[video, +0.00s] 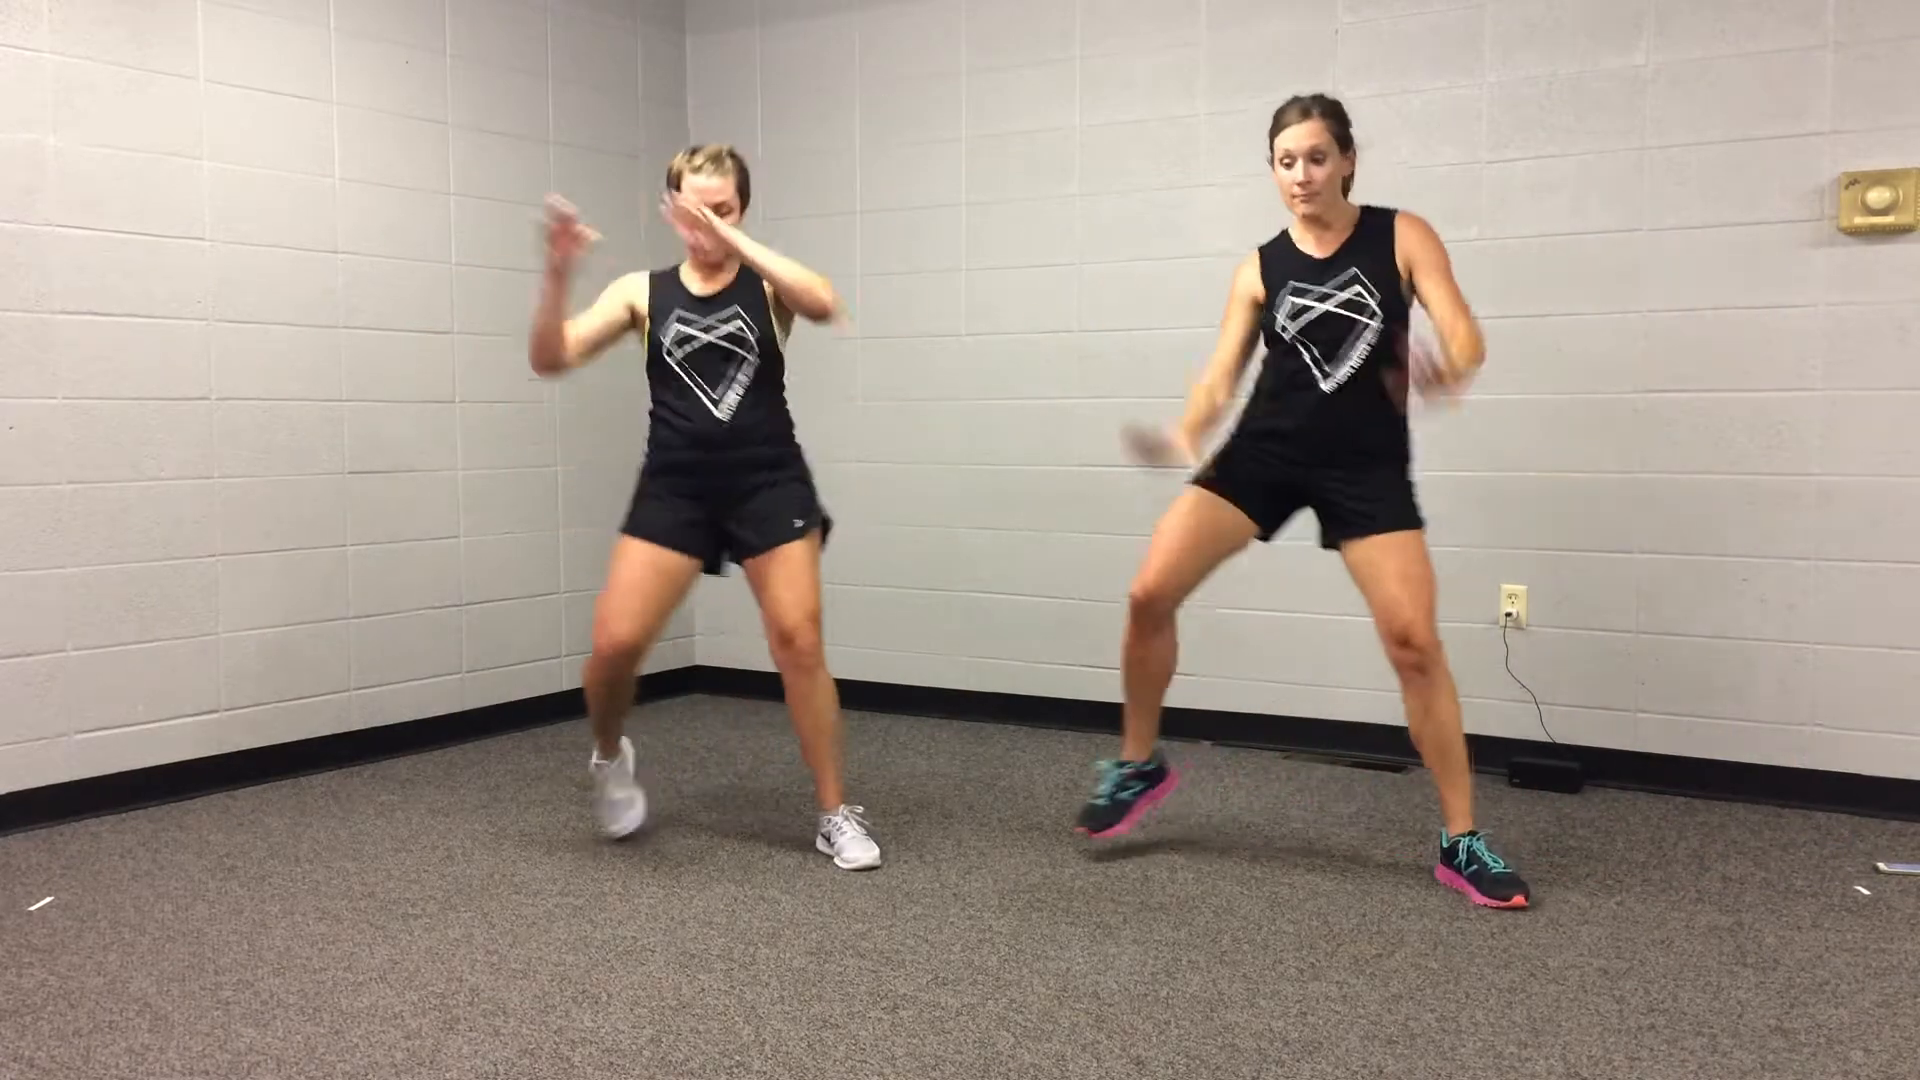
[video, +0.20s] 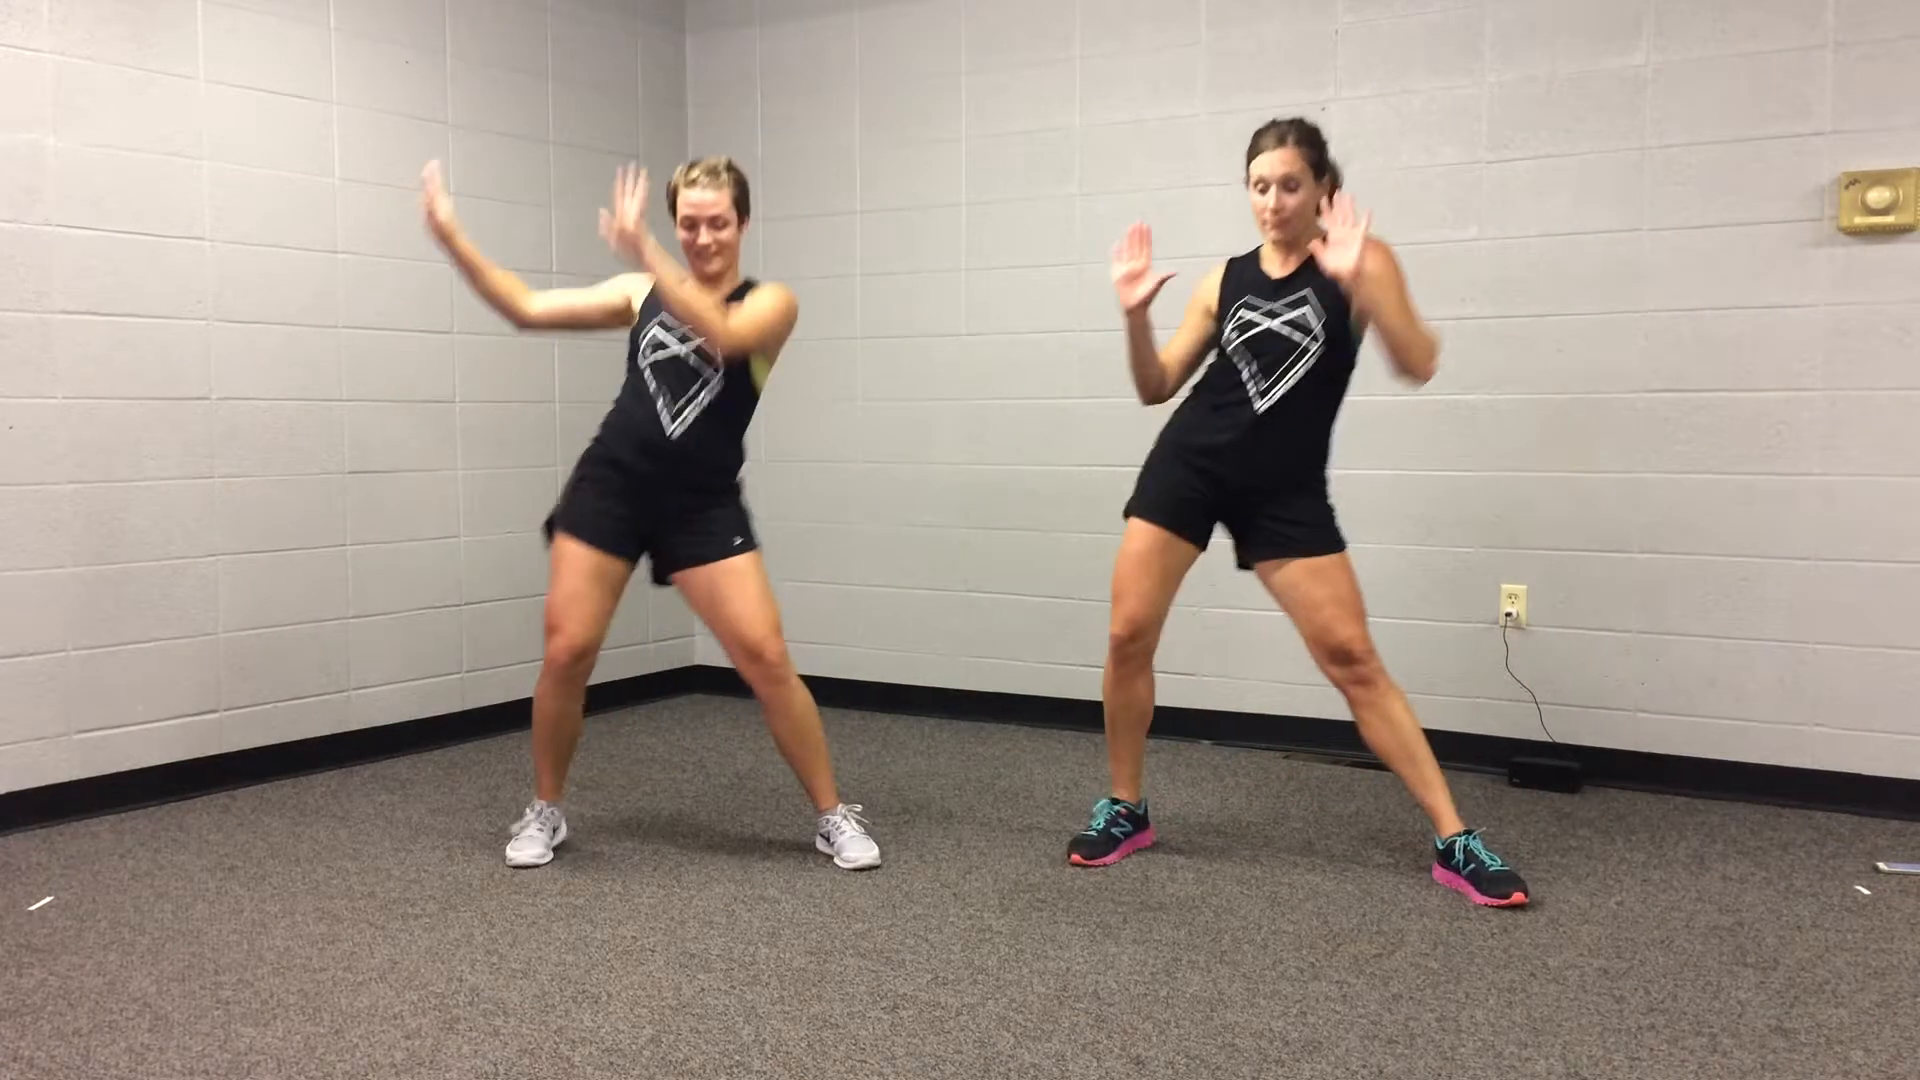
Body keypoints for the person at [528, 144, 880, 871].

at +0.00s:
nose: (712, 224)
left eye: (724, 211)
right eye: (700, 211)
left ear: (743, 215)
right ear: (674, 210)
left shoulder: (767, 280)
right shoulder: (642, 291)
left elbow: (823, 303)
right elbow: (549, 358)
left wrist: (729, 234)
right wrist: (558, 273)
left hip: (769, 483)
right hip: (675, 487)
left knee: (799, 639)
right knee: (614, 644)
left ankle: (835, 812)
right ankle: (609, 756)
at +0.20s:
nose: (703, 236)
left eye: (717, 222)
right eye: (691, 224)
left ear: (743, 224)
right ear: (677, 228)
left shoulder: (771, 303)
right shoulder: (644, 296)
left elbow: (722, 335)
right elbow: (527, 308)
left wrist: (644, 254)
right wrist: (450, 236)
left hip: (703, 502)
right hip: (611, 489)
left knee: (767, 655)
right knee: (566, 648)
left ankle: (833, 814)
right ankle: (545, 809)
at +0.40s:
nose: (680, 261)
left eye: (694, 249)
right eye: (668, 247)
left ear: (715, 251)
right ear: (649, 245)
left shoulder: (739, 340)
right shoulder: (599, 317)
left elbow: (757, 441)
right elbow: (545, 410)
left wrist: (756, 509)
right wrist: (534, 496)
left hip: (673, 517)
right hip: (582, 508)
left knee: (748, 651)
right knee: (550, 660)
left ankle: (828, 812)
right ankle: (546, 813)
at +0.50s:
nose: (674, 246)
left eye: (688, 232)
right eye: (661, 229)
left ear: (704, 229)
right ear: (634, 219)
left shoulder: (718, 299)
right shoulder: (588, 295)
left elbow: (764, 384)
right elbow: (586, 406)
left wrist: (842, 423)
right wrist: (673, 463)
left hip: (688, 489)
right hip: (601, 489)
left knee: (764, 628)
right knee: (574, 643)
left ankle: (813, 796)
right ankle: (547, 810)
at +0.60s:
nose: (675, 243)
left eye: (688, 230)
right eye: (661, 226)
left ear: (703, 226)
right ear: (634, 216)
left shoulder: (707, 280)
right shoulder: (593, 292)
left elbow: (760, 338)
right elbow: (629, 396)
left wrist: (836, 301)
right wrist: (727, 360)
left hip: (713, 470)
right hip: (629, 479)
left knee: (784, 622)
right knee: (600, 638)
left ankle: (789, 761)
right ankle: (548, 808)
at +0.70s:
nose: (682, 260)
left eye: (694, 247)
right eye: (669, 245)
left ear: (707, 244)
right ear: (641, 238)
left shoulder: (712, 294)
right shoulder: (605, 318)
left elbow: (773, 331)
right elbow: (664, 415)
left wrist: (805, 264)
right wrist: (722, 333)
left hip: (740, 485)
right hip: (658, 497)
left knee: (794, 645)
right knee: (624, 646)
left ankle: (804, 758)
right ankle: (551, 808)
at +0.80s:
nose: (692, 289)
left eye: (704, 275)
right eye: (678, 275)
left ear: (718, 271)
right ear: (652, 269)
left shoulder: (736, 319)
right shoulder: (620, 352)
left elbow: (788, 384)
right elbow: (652, 465)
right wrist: (735, 429)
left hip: (762, 495)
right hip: (682, 511)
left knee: (811, 645)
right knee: (645, 650)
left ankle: (803, 766)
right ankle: (555, 809)